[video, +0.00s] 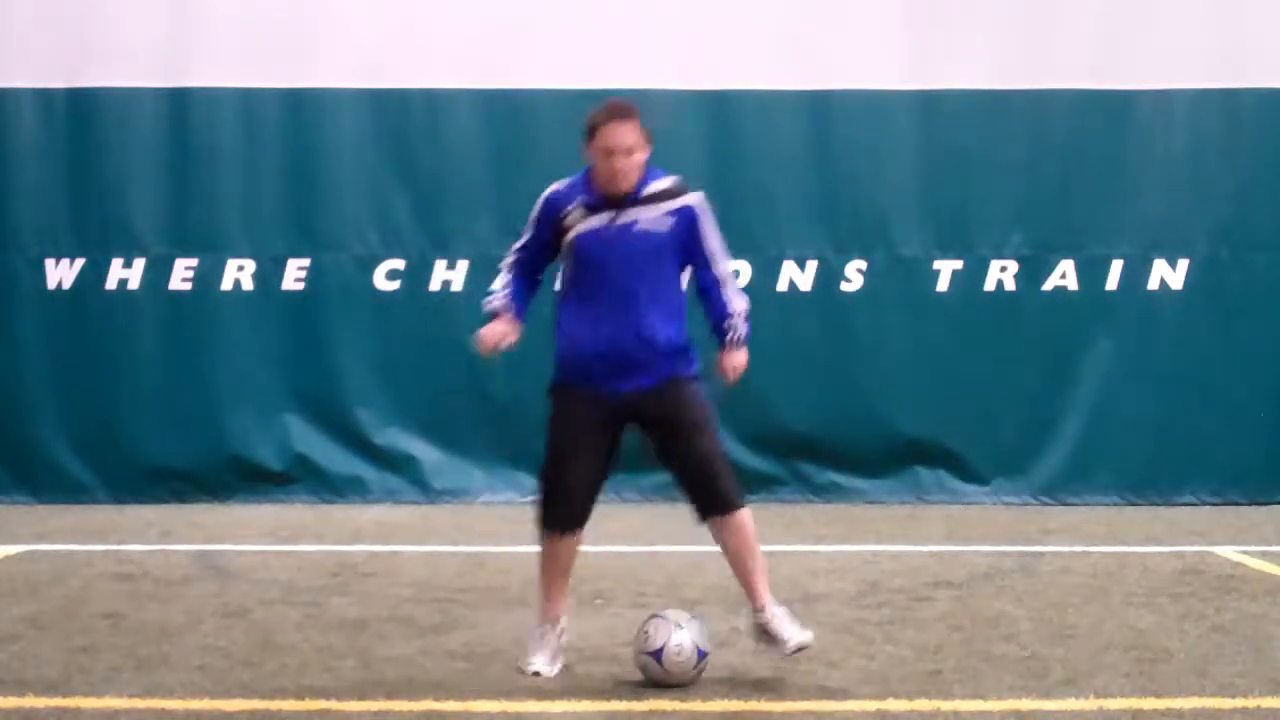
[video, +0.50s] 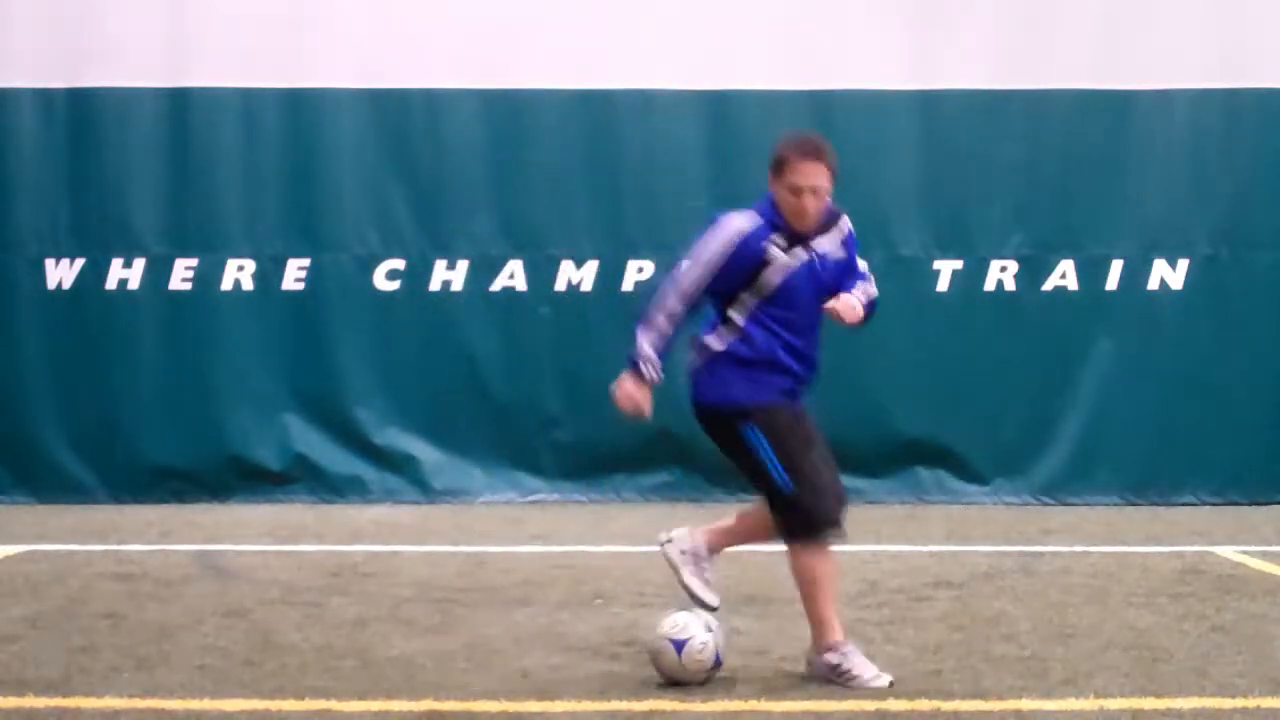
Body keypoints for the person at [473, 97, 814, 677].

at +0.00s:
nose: (620, 163)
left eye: (630, 151)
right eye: (609, 152)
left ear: (648, 150)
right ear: (588, 153)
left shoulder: (680, 202)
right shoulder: (561, 204)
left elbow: (717, 272)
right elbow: (523, 264)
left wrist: (732, 334)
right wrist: (508, 313)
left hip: (665, 377)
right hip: (585, 383)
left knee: (717, 487)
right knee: (562, 507)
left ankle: (767, 611)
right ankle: (550, 628)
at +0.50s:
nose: (811, 205)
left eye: (820, 192)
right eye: (799, 192)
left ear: (832, 190)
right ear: (775, 187)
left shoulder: (836, 229)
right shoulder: (740, 232)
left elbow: (860, 279)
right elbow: (676, 293)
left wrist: (856, 298)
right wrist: (641, 369)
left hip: (782, 391)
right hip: (732, 390)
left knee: (819, 502)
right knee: (806, 507)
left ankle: (697, 545)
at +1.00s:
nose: (773, 181)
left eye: (785, 171)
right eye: (763, 169)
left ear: (801, 173)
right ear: (743, 170)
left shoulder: (817, 223)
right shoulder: (708, 217)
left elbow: (851, 289)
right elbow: (647, 266)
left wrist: (874, 344)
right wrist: (631, 326)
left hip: (771, 394)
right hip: (699, 389)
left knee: (781, 523)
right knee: (708, 505)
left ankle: (772, 635)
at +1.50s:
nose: (582, 187)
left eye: (593, 175)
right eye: (572, 176)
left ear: (616, 173)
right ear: (560, 177)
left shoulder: (654, 219)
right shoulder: (544, 228)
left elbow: (704, 281)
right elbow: (512, 273)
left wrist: (724, 346)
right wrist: (479, 291)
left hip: (646, 369)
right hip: (582, 385)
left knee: (610, 435)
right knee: (573, 518)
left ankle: (670, 556)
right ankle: (602, 624)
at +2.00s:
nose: (541, 199)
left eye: (553, 187)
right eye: (531, 187)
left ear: (577, 181)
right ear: (517, 183)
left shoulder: (615, 227)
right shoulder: (504, 230)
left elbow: (682, 282)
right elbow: (488, 290)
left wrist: (690, 352)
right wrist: (465, 338)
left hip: (602, 403)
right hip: (541, 403)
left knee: (552, 520)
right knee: (521, 513)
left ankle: (526, 655)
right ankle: (642, 528)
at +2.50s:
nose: (702, 146)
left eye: (712, 136)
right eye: (691, 135)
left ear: (727, 139)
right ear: (668, 137)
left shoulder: (754, 195)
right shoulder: (634, 193)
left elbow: (789, 265)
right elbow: (599, 261)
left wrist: (789, 320)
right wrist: (587, 327)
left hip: (732, 361)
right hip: (657, 357)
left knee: (750, 493)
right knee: (660, 451)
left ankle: (737, 623)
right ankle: (678, 580)